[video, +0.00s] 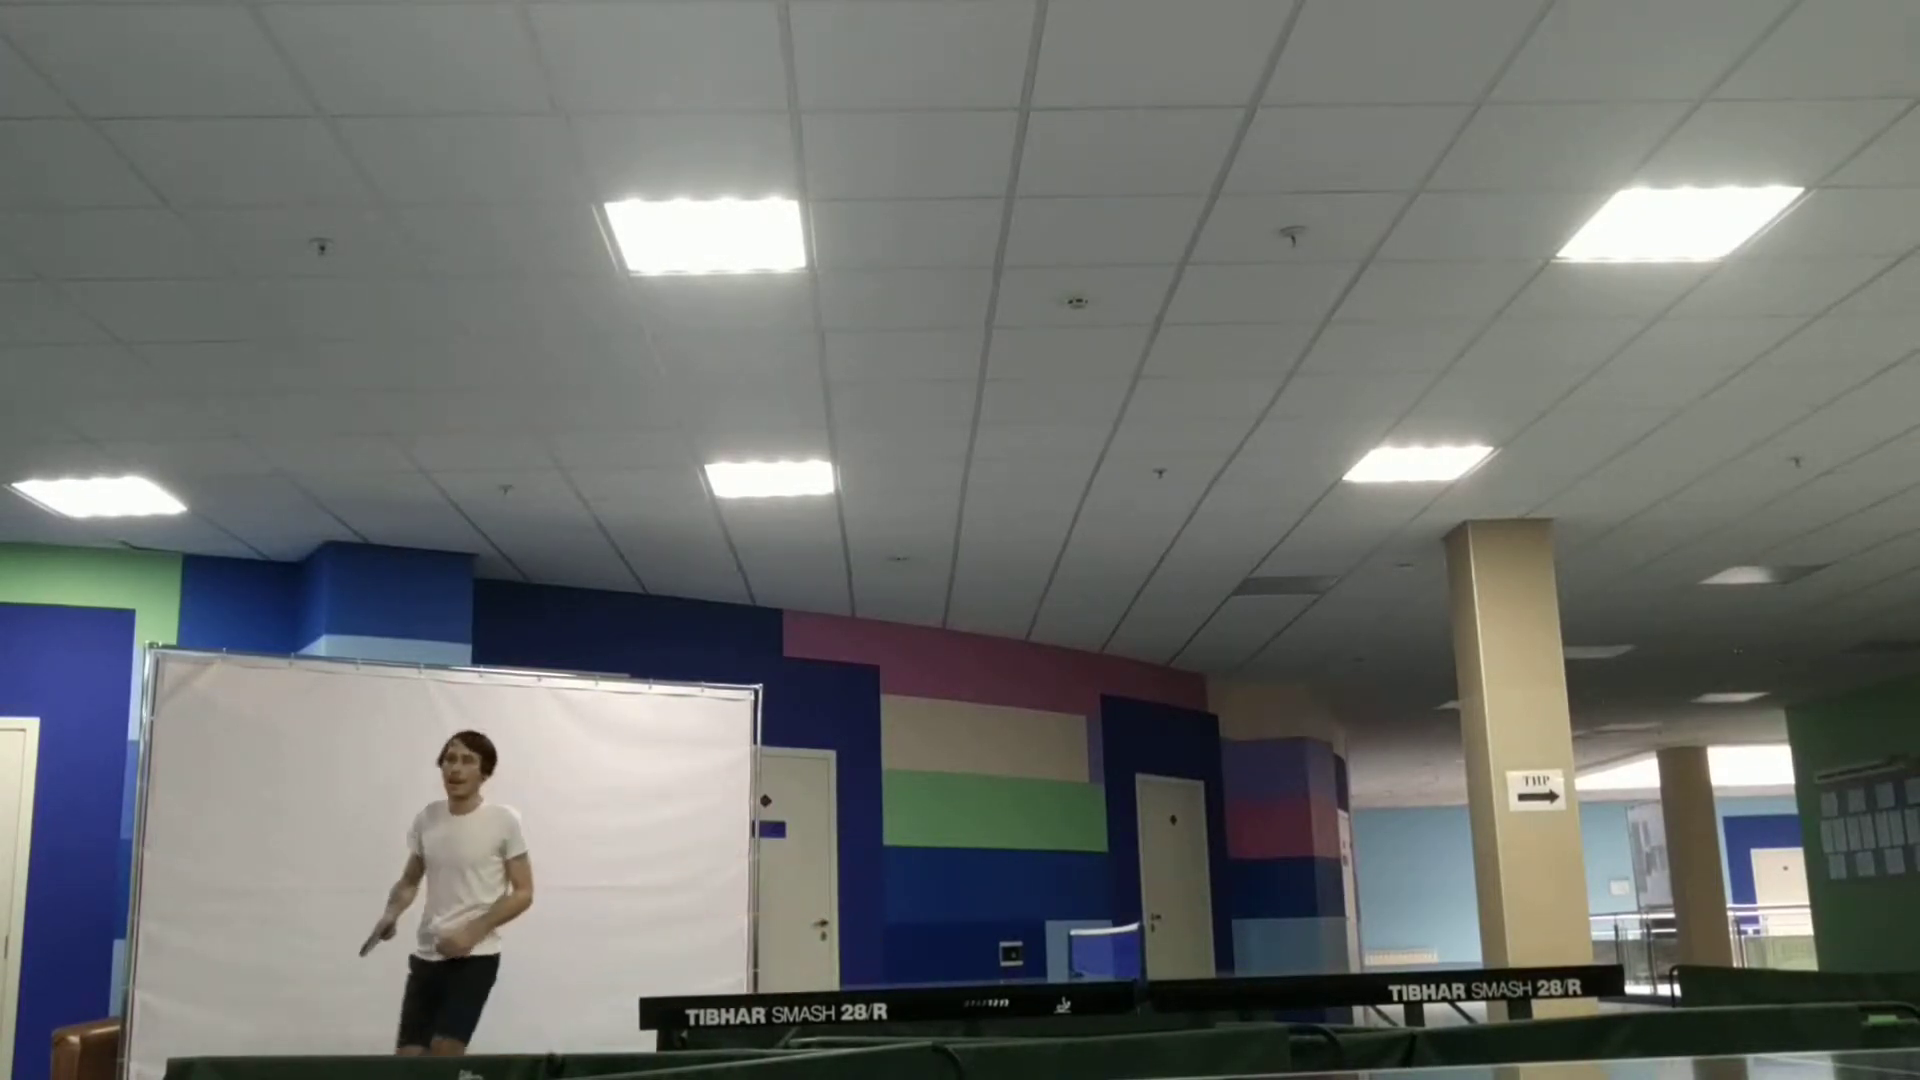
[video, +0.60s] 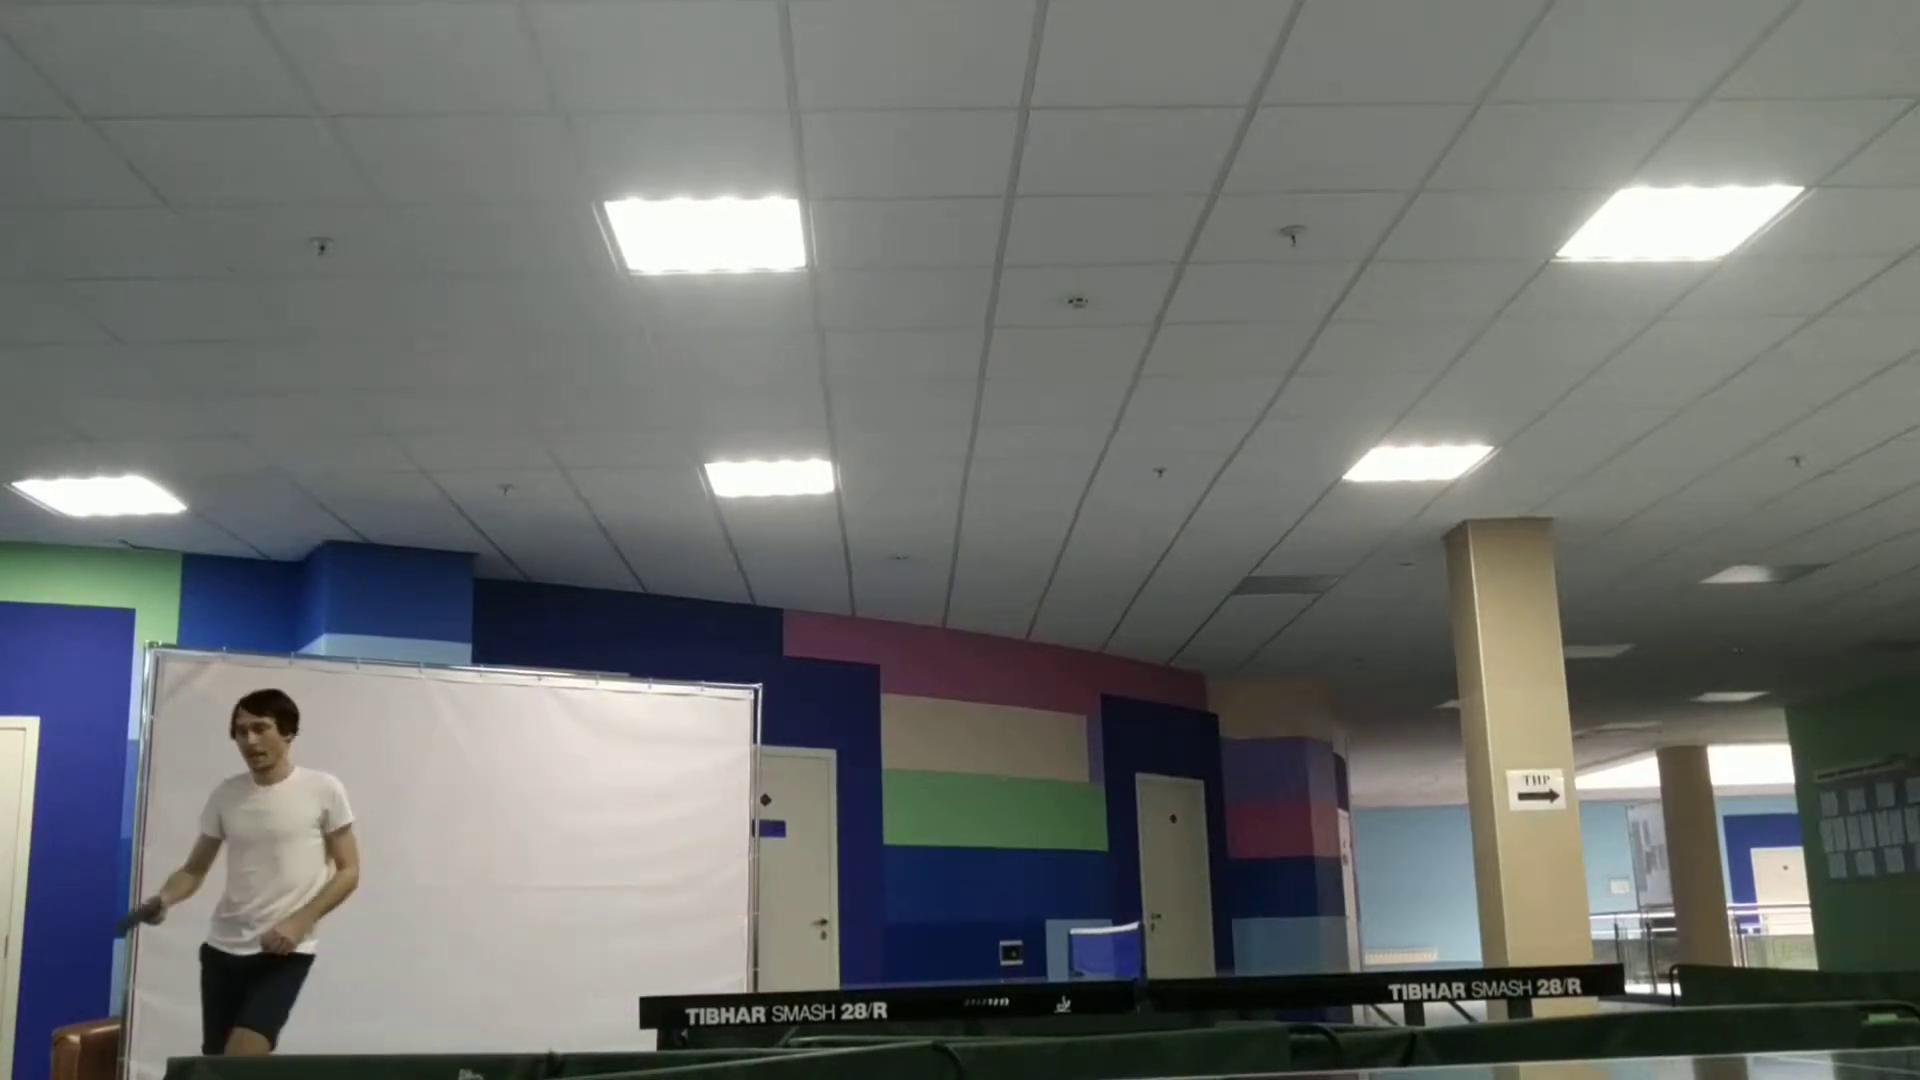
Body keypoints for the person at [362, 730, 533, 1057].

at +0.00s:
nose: (456, 768)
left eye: (467, 761)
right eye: (450, 760)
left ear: (484, 772)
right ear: (441, 767)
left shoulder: (503, 821)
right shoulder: (427, 819)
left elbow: (523, 894)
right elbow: (409, 880)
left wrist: (471, 933)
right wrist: (390, 915)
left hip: (475, 959)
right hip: (428, 957)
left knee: (444, 1053)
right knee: (409, 1056)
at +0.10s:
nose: (420, 761)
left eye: (431, 752)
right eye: (414, 753)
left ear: (452, 762)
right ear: (407, 761)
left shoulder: (475, 813)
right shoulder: (400, 812)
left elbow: (494, 887)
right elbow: (392, 880)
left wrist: (441, 923)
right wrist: (370, 921)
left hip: (447, 962)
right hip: (395, 958)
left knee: (435, 1064)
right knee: (361, 1056)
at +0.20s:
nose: (384, 766)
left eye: (394, 756)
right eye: (376, 758)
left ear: (417, 764)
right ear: (369, 766)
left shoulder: (445, 815)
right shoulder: (369, 817)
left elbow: (466, 892)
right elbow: (376, 879)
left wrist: (408, 918)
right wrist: (346, 926)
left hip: (421, 970)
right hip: (365, 968)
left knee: (430, 1068)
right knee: (327, 1059)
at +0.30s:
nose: (344, 769)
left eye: (353, 757)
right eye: (336, 761)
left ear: (379, 764)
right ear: (330, 770)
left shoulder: (410, 817)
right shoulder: (333, 821)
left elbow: (434, 894)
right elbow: (342, 886)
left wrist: (375, 920)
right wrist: (310, 931)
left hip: (386, 976)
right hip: (327, 973)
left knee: (399, 1070)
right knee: (294, 1060)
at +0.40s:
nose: (304, 761)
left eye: (314, 749)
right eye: (296, 754)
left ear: (341, 756)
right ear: (291, 763)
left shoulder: (375, 810)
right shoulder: (294, 817)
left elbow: (402, 890)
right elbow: (302, 883)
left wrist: (342, 923)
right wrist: (263, 930)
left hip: (347, 976)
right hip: (286, 969)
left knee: (343, 1075)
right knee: (257, 1060)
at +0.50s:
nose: (275, 748)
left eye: (284, 737)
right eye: (266, 741)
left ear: (312, 742)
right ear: (260, 749)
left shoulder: (349, 796)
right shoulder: (259, 804)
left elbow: (374, 878)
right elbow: (249, 877)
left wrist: (318, 923)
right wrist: (210, 919)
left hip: (313, 959)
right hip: (254, 953)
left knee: (288, 1062)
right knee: (239, 1059)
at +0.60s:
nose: (250, 741)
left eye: (260, 729)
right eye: (241, 732)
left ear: (288, 733)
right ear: (234, 740)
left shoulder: (324, 791)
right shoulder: (226, 795)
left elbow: (349, 873)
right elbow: (195, 868)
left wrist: (298, 924)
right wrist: (163, 899)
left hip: (284, 955)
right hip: (224, 953)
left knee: (240, 1061)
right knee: (218, 1067)